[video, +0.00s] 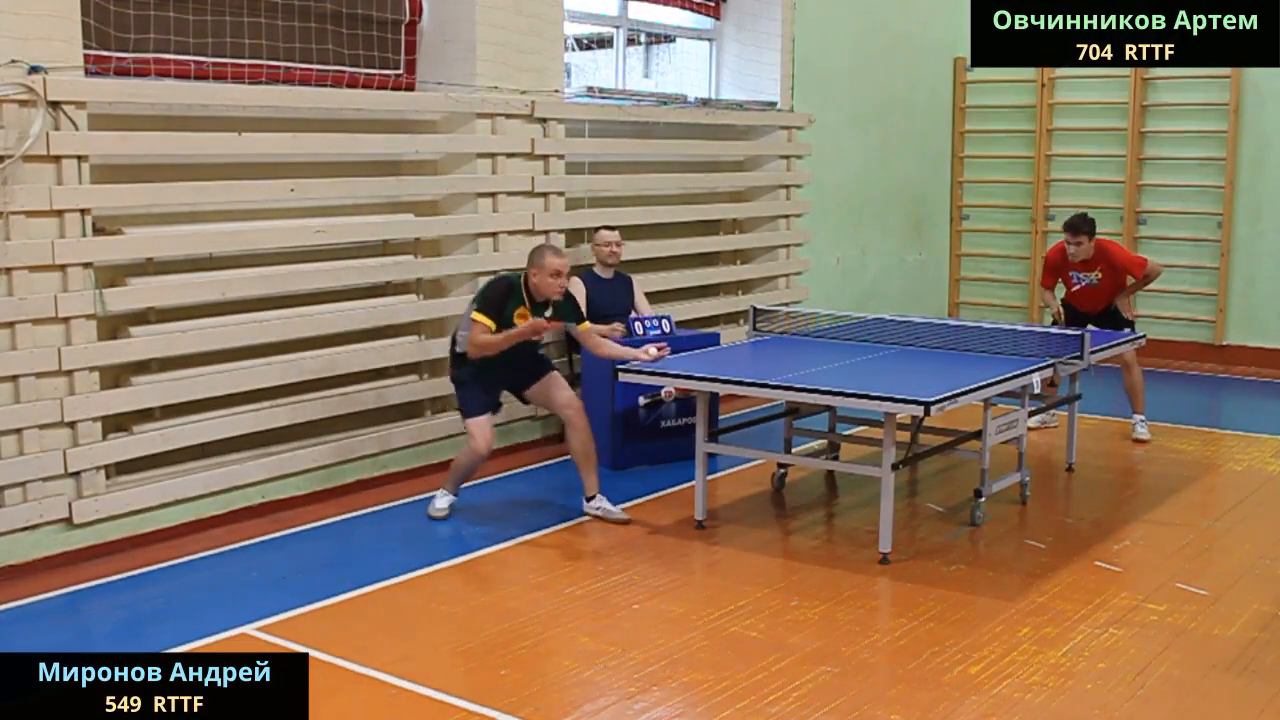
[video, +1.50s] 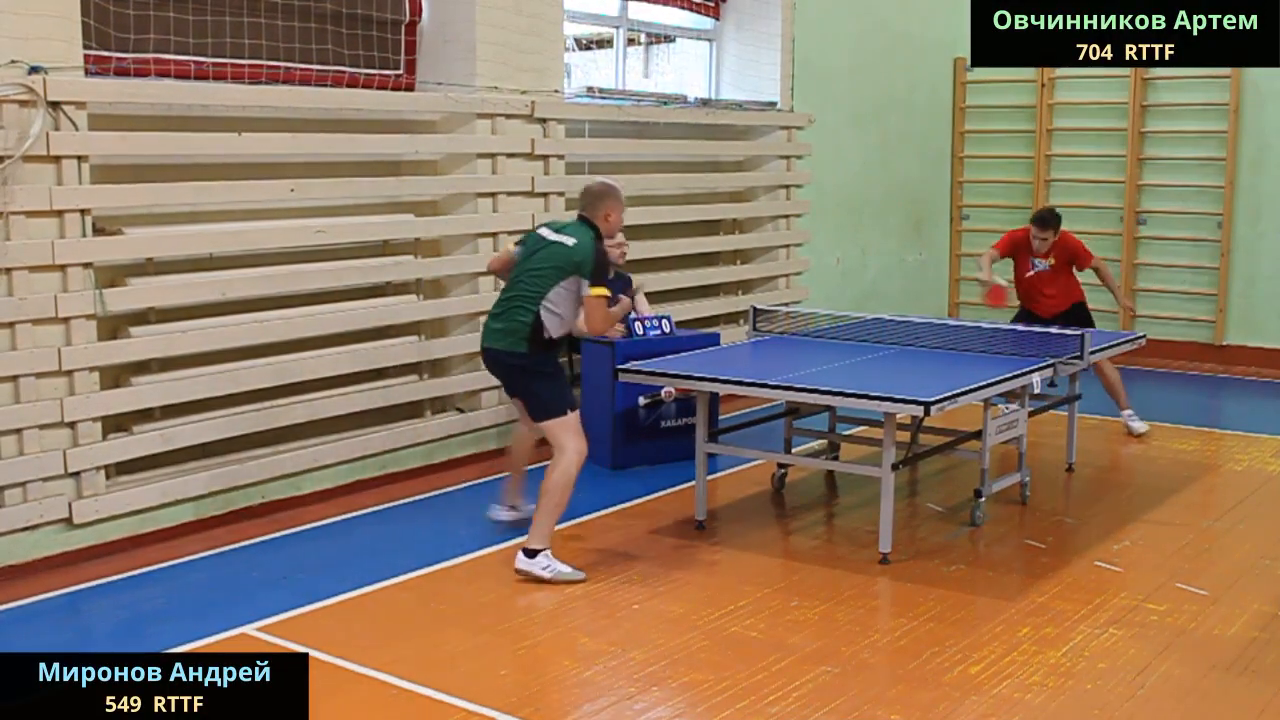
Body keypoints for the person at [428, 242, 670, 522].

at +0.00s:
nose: (564, 283)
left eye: (566, 276)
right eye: (556, 276)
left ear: (567, 274)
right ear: (533, 275)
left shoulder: (564, 300)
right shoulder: (500, 289)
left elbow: (594, 343)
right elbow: (475, 346)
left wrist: (637, 353)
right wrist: (521, 333)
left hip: (521, 356)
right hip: (476, 362)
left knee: (573, 408)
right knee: (481, 445)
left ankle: (593, 497)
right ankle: (448, 491)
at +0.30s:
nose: (558, 251)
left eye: (559, 244)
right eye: (550, 244)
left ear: (560, 245)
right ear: (527, 248)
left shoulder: (564, 273)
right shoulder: (493, 278)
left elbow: (608, 304)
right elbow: (459, 326)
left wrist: (639, 292)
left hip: (540, 358)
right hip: (494, 364)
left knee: (586, 411)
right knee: (486, 445)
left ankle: (594, 498)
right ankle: (449, 493)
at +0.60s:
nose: (572, 234)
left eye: (575, 228)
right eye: (564, 226)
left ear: (577, 231)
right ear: (541, 228)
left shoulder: (578, 262)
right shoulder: (514, 252)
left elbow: (617, 283)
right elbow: (458, 268)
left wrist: (659, 280)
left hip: (539, 346)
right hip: (493, 350)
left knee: (595, 392)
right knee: (475, 439)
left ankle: (585, 484)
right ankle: (447, 492)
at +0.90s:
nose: (661, 296)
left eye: (664, 290)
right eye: (662, 289)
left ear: (641, 280)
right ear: (645, 282)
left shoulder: (622, 293)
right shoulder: (602, 276)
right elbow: (555, 298)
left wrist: (628, 318)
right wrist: (608, 319)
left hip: (562, 353)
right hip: (518, 354)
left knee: (604, 418)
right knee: (510, 449)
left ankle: (585, 507)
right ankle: (455, 472)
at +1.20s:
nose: (659, 253)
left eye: (659, 247)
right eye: (659, 247)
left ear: (633, 239)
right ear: (646, 244)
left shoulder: (610, 252)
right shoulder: (613, 260)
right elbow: (593, 325)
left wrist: (625, 300)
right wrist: (638, 319)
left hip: (559, 342)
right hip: (527, 344)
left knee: (591, 418)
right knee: (566, 437)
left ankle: (585, 509)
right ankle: (521, 534)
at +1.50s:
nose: (620, 223)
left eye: (621, 217)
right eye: (620, 217)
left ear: (582, 211)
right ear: (608, 215)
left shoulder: (548, 229)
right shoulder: (594, 248)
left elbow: (498, 264)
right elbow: (596, 324)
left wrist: (536, 276)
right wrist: (621, 306)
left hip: (496, 343)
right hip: (527, 349)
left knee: (531, 422)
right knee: (572, 448)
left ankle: (510, 503)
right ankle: (535, 551)